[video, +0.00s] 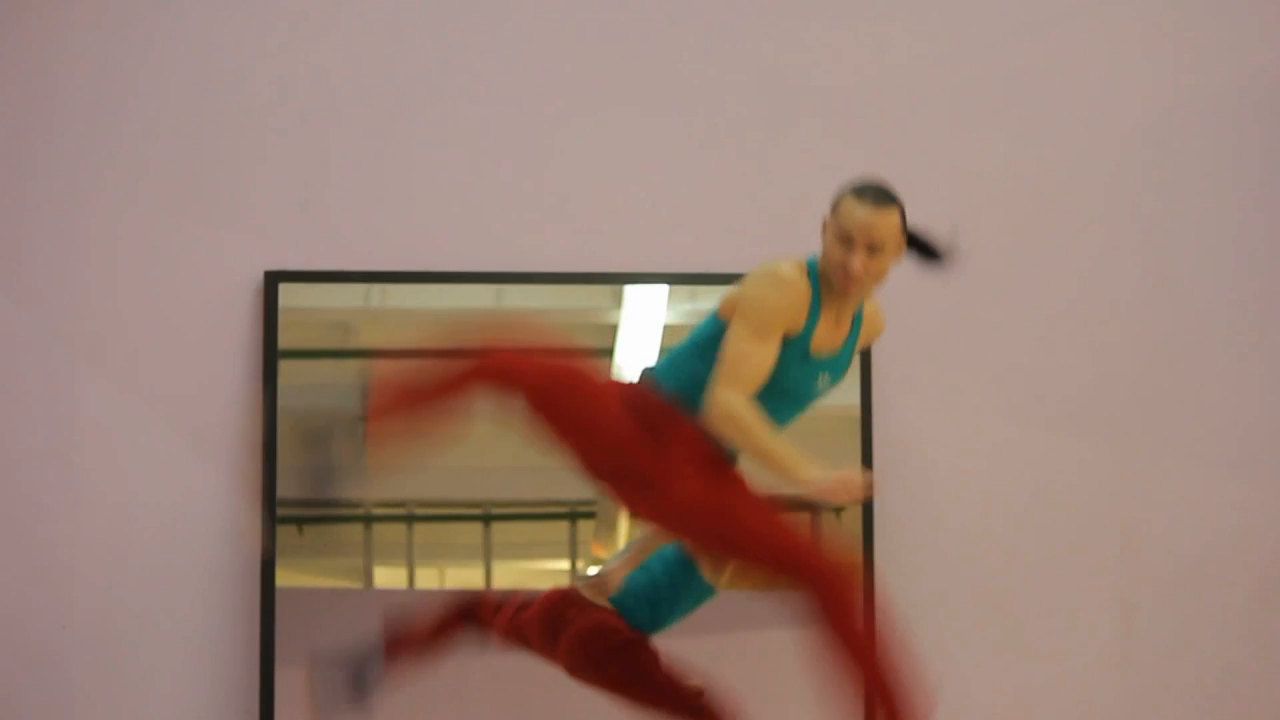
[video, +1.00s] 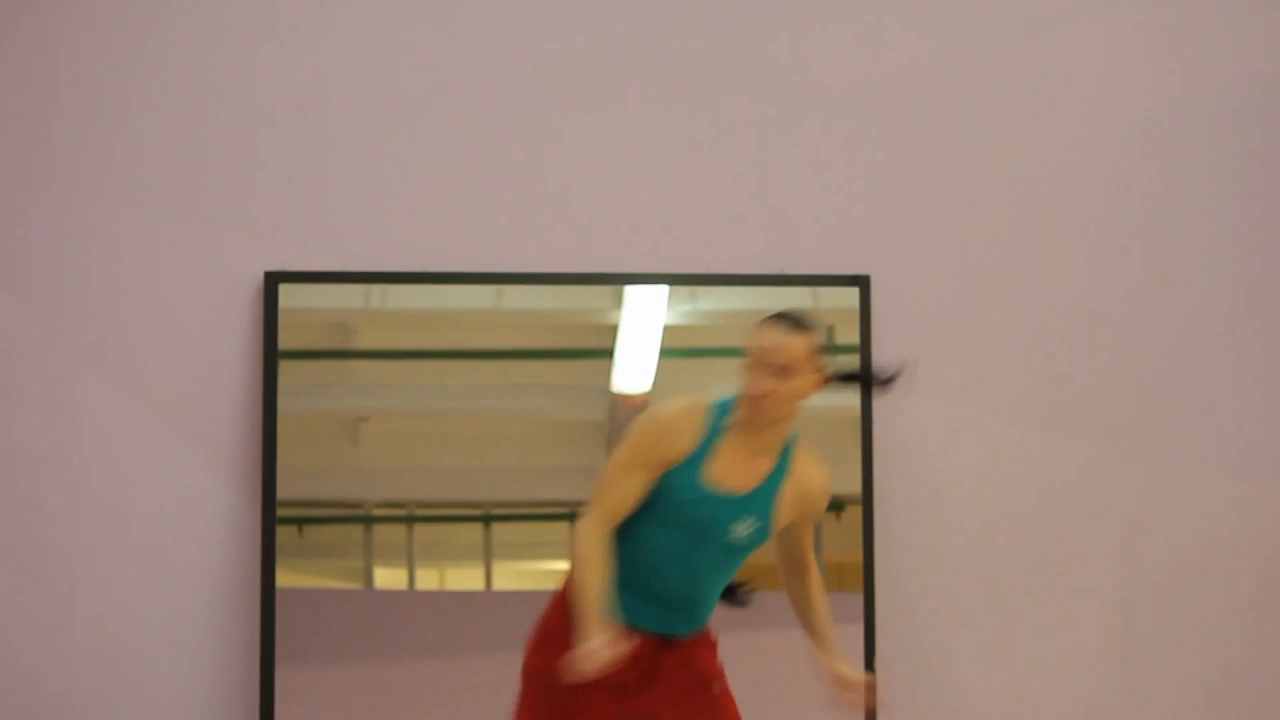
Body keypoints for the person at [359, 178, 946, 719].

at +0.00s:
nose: (855, 263)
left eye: (874, 252)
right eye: (846, 243)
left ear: (895, 260)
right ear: (824, 235)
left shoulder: (869, 322)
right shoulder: (779, 288)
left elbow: (779, 391)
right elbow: (724, 406)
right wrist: (812, 481)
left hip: (699, 477)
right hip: (636, 424)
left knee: (828, 562)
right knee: (513, 356)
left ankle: (887, 707)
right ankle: (358, 432)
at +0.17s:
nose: (853, 285)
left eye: (873, 275)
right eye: (845, 265)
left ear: (892, 285)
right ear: (824, 256)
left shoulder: (860, 341)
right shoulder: (777, 308)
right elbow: (698, 413)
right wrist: (774, 486)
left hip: (695, 504)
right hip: (623, 453)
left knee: (778, 629)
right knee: (490, 433)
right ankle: (413, 530)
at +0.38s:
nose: (842, 313)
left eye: (862, 305)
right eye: (835, 294)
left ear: (884, 315)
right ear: (816, 286)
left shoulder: (853, 373)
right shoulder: (765, 338)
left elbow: (761, 442)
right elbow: (675, 435)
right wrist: (750, 514)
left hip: (689, 543)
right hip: (617, 491)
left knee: (733, 701)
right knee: (466, 544)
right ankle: (430, 687)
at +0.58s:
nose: (826, 344)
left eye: (847, 333)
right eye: (820, 322)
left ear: (870, 345)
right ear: (800, 316)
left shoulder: (840, 407)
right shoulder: (741, 368)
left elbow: (759, 487)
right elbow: (648, 468)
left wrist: (731, 562)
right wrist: (704, 554)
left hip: (686, 588)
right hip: (606, 545)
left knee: (693, 713)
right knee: (461, 645)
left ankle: (564, 690)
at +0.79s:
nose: (795, 369)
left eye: (817, 356)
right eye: (787, 350)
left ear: (844, 367)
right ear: (770, 349)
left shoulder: (823, 450)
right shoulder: (708, 403)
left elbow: (747, 529)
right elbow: (621, 498)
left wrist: (774, 603)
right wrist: (648, 594)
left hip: (678, 627)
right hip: (589, 598)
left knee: (711, 712)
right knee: (521, 710)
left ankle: (602, 697)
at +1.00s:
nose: (758, 383)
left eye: (779, 372)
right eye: (753, 365)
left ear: (816, 381)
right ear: (742, 363)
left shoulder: (805, 483)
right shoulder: (674, 426)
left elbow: (799, 570)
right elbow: (593, 524)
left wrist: (832, 659)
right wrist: (595, 629)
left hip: (678, 656)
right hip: (586, 636)